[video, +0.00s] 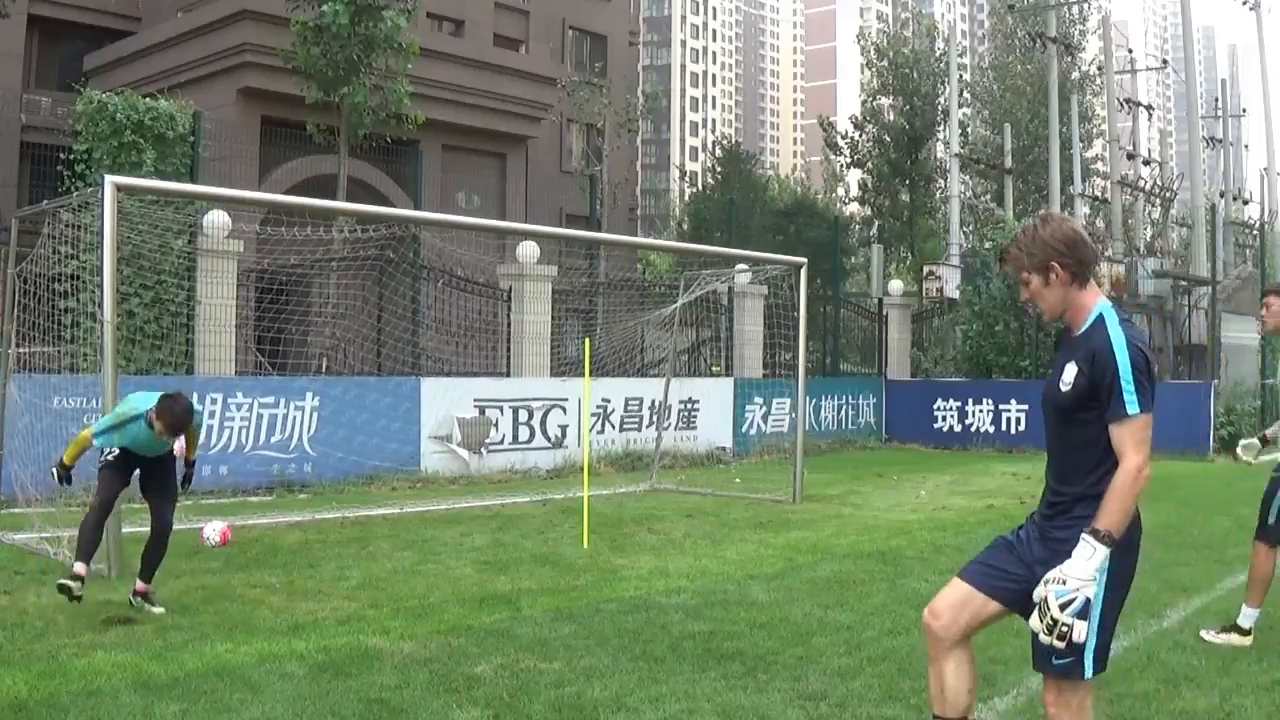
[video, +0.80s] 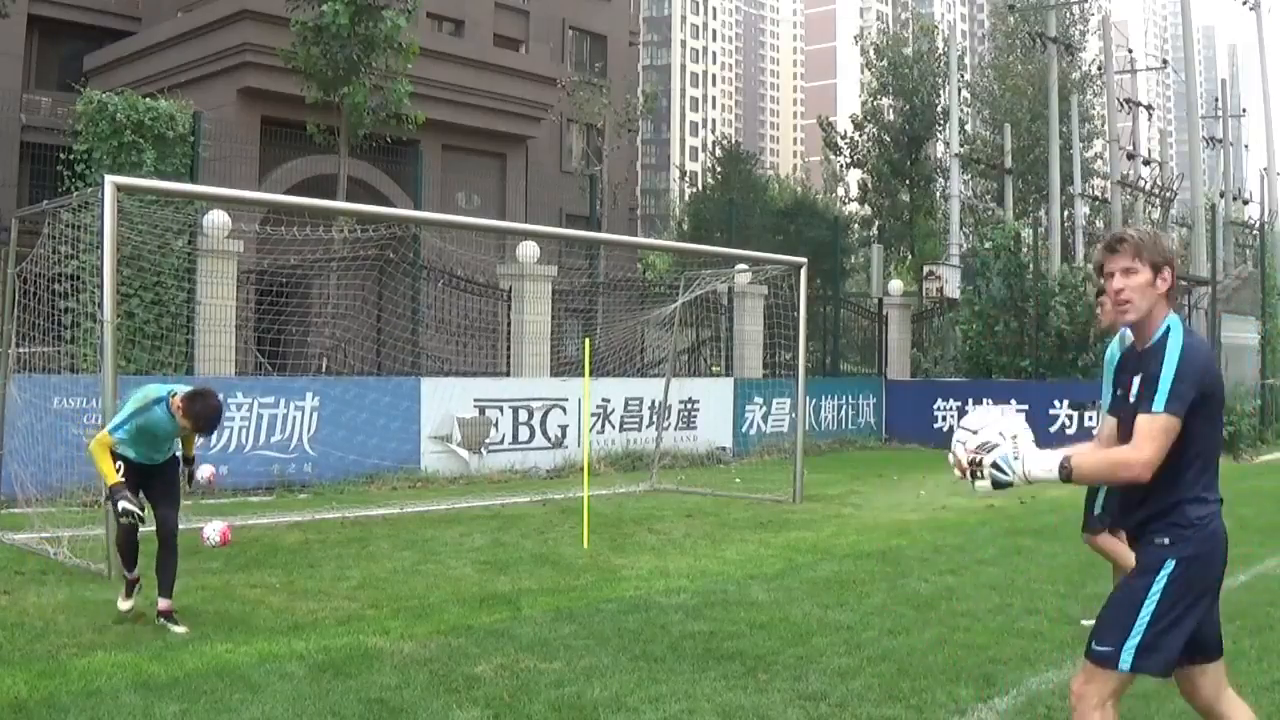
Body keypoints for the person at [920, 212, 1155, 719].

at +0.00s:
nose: (1023, 296)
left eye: (1026, 282)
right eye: (1020, 284)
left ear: (1058, 274)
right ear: (1057, 276)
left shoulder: (1114, 345)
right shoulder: (1077, 337)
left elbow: (1136, 463)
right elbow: (1086, 450)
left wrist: (1091, 553)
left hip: (1091, 542)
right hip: (1048, 528)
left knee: (1065, 700)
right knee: (943, 622)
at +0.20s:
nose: (1005, 328)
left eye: (1005, 315)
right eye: (1000, 318)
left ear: (1034, 299)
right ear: (1034, 301)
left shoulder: (1097, 364)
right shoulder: (1066, 353)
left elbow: (1119, 483)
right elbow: (1073, 458)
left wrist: (1070, 575)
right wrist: (1027, 505)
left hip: (1099, 550)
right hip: (1062, 536)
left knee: (1028, 706)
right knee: (980, 661)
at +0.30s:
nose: (993, 340)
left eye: (993, 327)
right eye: (987, 330)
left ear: (1022, 311)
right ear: (1022, 310)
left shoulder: (1081, 371)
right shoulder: (1064, 361)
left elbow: (1102, 495)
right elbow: (1057, 450)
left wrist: (1053, 587)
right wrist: (1003, 509)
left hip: (1115, 549)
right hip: (1092, 541)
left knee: (1038, 698)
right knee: (1017, 677)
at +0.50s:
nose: (980, 332)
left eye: (980, 319)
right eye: (976, 321)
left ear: (1011, 307)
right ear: (1013, 306)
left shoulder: (1075, 354)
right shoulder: (1057, 348)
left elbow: (1082, 485)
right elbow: (1044, 440)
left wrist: (1012, 563)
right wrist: (974, 495)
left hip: (1150, 527)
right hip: (1131, 523)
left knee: (1109, 697)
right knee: (1093, 668)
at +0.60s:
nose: (1010, 315)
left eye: (1014, 302)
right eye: (1010, 303)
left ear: (1046, 307)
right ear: (1049, 307)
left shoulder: (1097, 369)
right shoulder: (1080, 363)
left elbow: (1039, 487)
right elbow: (1031, 450)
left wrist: (945, 517)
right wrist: (942, 478)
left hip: (1162, 540)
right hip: (1156, 534)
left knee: (1082, 696)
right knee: (1132, 687)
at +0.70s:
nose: (1039, 307)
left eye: (1048, 295)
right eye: (1040, 295)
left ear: (1082, 300)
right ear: (1079, 302)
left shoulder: (1120, 362)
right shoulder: (1106, 359)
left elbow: (1058, 476)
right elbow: (1052, 445)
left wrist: (960, 490)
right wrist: (964, 457)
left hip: (1164, 546)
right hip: (1175, 540)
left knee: (1077, 695)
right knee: (1161, 692)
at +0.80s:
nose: (1115, 287)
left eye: (1128, 273)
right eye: (1107, 278)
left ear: (1163, 280)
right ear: (1102, 286)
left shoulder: (1180, 352)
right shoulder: (1127, 352)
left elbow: (1142, 460)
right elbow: (1105, 445)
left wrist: (1040, 466)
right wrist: (1021, 459)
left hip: (1183, 542)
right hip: (1164, 539)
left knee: (1090, 695)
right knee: (1209, 691)